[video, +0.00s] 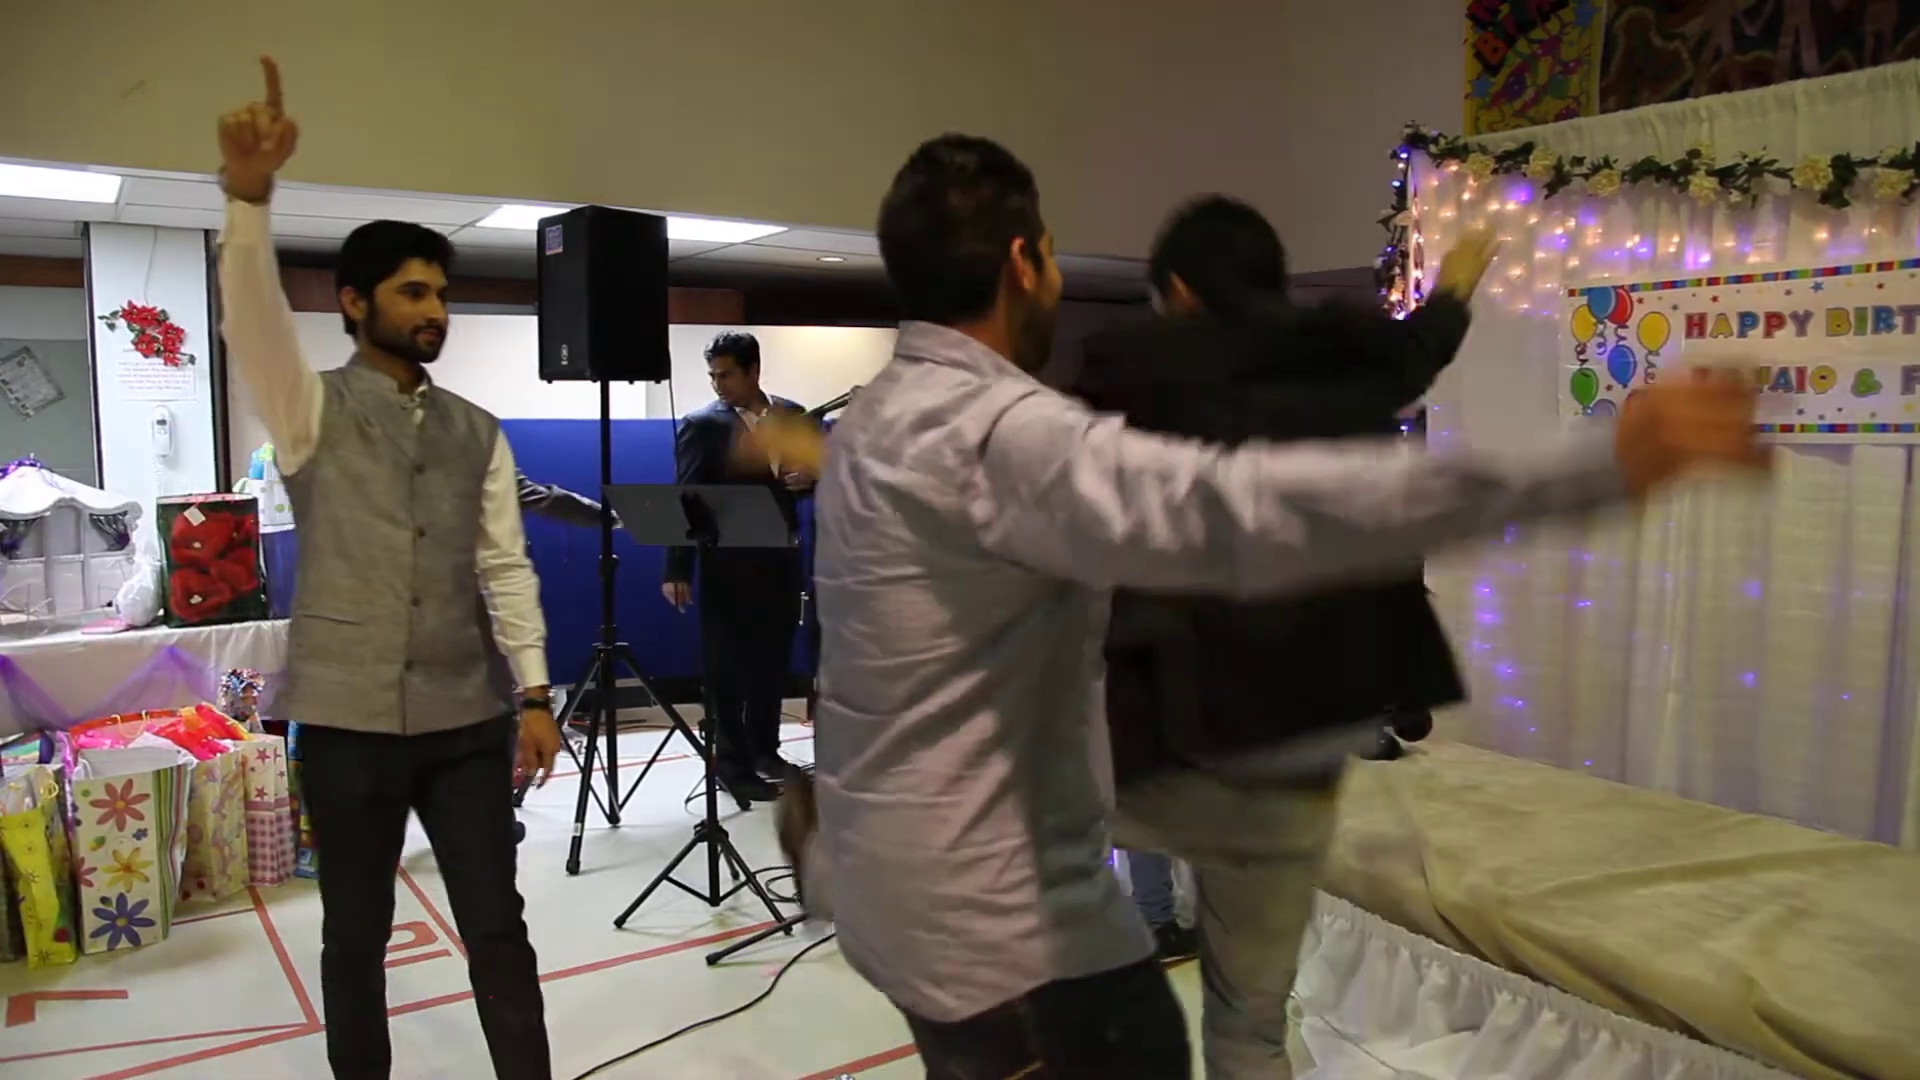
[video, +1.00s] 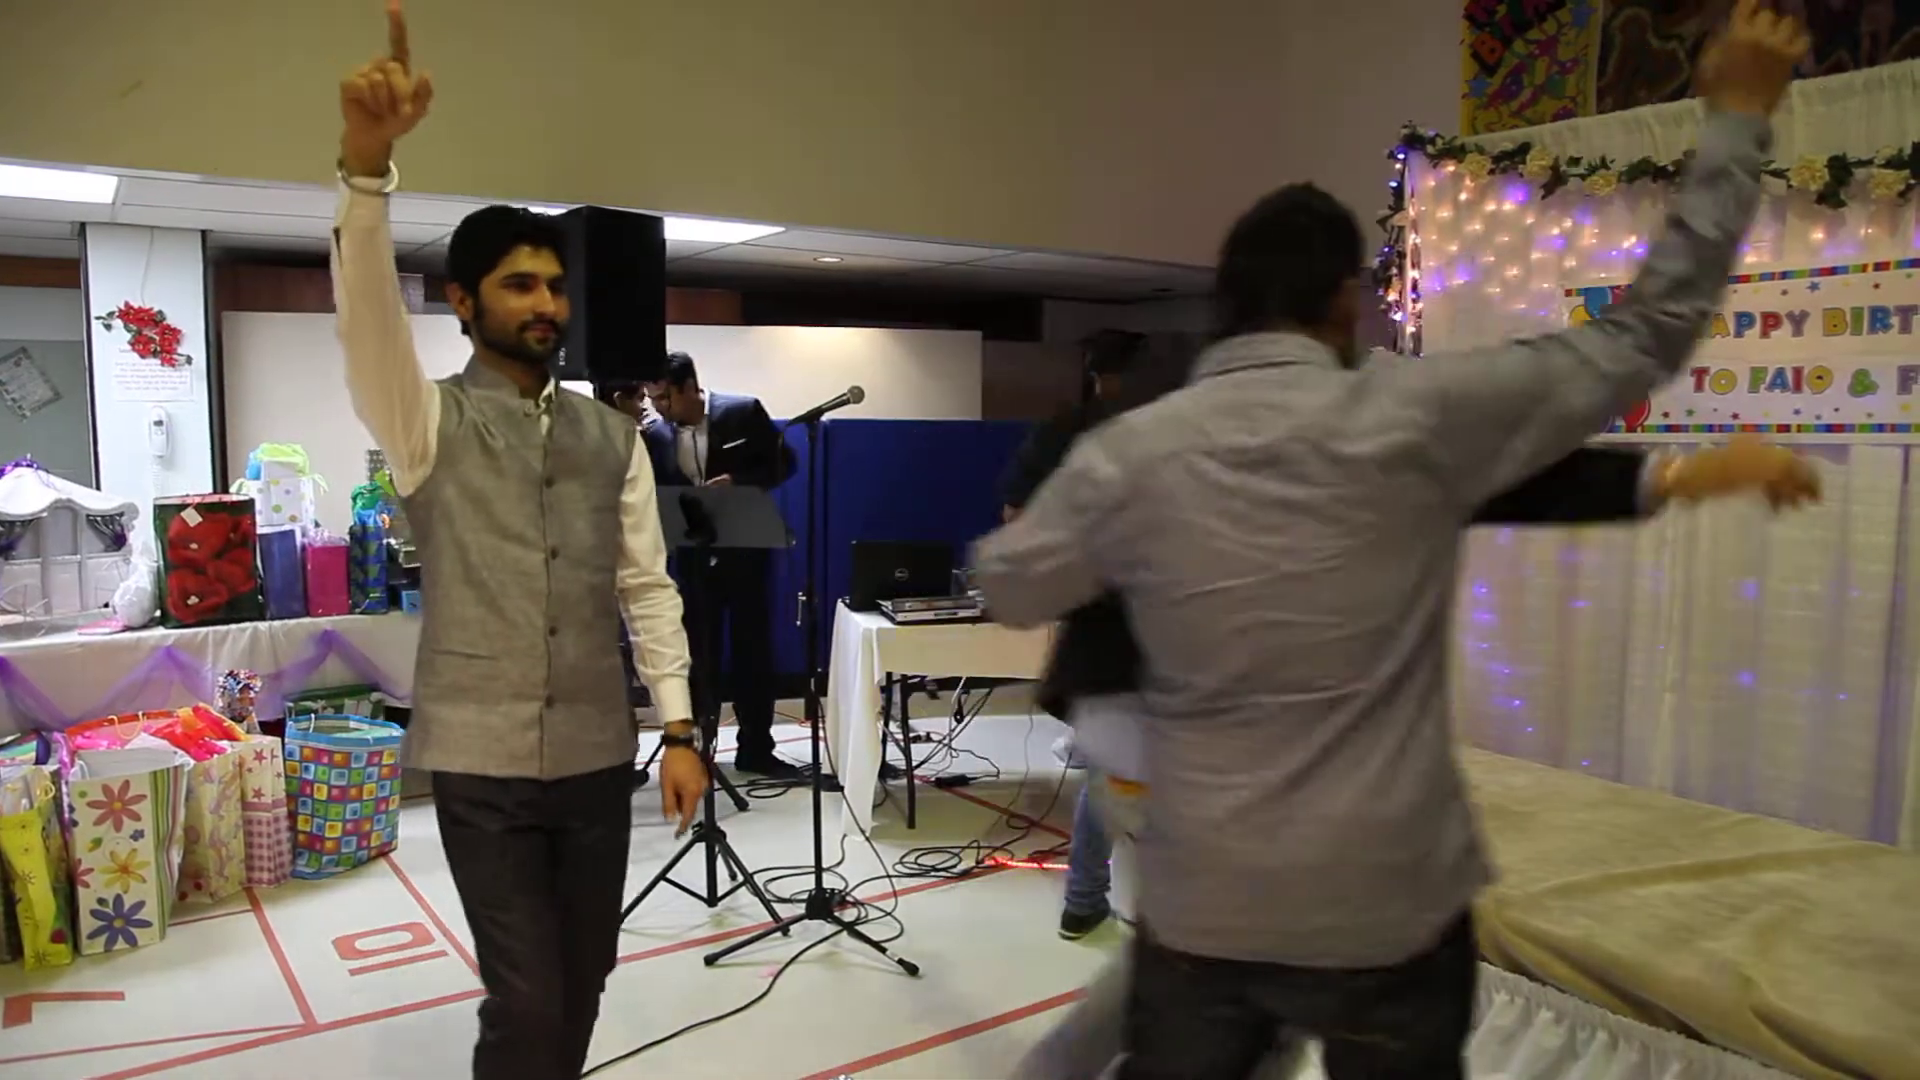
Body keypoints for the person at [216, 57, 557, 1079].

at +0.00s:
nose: (434, 309)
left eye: (441, 295)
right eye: (413, 292)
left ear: (445, 308)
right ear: (354, 301)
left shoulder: (478, 433)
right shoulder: (310, 412)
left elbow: (507, 570)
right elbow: (255, 320)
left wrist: (535, 694)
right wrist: (248, 198)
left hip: (466, 723)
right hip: (347, 726)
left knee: (498, 932)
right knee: (356, 940)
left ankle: (530, 1077)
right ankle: (362, 1076)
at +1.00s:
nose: (544, 305)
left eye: (555, 288)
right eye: (519, 287)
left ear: (570, 306)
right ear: (463, 305)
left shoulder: (612, 436)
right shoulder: (427, 425)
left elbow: (649, 590)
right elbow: (367, 318)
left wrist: (678, 730)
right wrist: (366, 167)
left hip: (597, 764)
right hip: (480, 766)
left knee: (574, 1004)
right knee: (531, 1011)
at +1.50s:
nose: (501, 256)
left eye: (507, 240)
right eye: (471, 238)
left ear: (515, 261)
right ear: (405, 260)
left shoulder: (546, 395)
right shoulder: (373, 387)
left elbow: (646, 483)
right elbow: (346, 259)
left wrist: (750, 558)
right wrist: (332, 79)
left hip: (554, 759)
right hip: (438, 768)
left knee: (556, 1003)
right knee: (480, 1043)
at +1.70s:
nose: (496, 261)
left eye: (504, 244)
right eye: (465, 239)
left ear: (511, 265)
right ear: (400, 256)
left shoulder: (525, 404)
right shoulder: (367, 406)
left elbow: (627, 420)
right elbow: (363, 256)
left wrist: (742, 416)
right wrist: (381, 64)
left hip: (553, 799)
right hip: (437, 821)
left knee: (618, 1043)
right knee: (506, 1069)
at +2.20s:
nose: (516, 259)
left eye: (511, 235)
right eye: (489, 235)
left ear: (409, 246)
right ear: (399, 243)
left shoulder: (492, 381)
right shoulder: (373, 413)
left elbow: (577, 327)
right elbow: (433, 242)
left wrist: (664, 240)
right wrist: (495, 24)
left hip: (553, 817)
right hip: (461, 844)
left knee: (628, 1058)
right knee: (488, 1074)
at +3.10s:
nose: (616, 262)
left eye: (608, 238)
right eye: (589, 239)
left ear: (582, 252)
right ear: (513, 256)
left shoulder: (587, 384)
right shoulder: (461, 418)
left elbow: (692, 322)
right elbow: (500, 249)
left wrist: (790, 207)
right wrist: (563, 29)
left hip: (635, 820)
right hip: (563, 849)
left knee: (686, 1063)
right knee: (661, 1070)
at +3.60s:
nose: (731, 218)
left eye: (723, 196)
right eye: (698, 201)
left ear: (688, 221)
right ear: (621, 217)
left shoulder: (717, 361)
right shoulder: (581, 396)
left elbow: (837, 297)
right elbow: (664, 197)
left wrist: (954, 187)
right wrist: (737, 1)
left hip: (739, 827)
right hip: (668, 850)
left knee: (709, 1065)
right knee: (757, 1069)